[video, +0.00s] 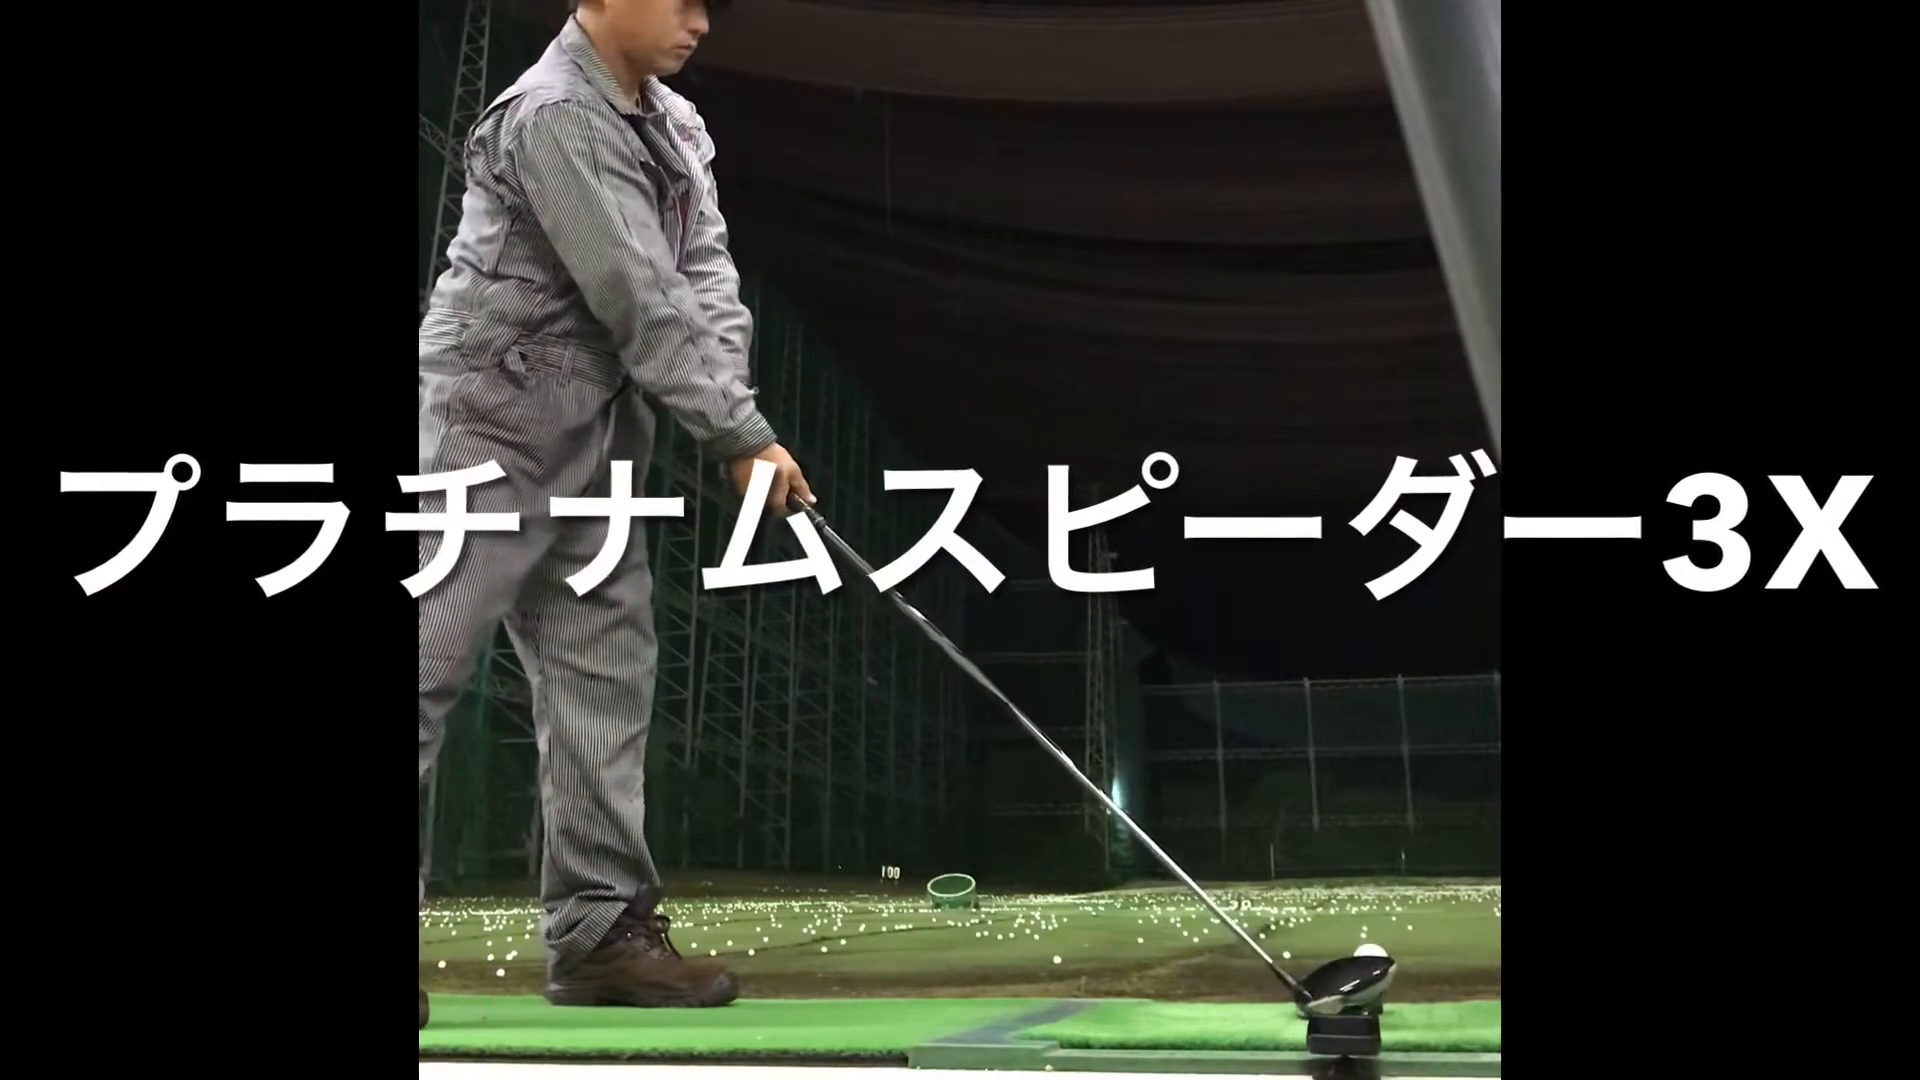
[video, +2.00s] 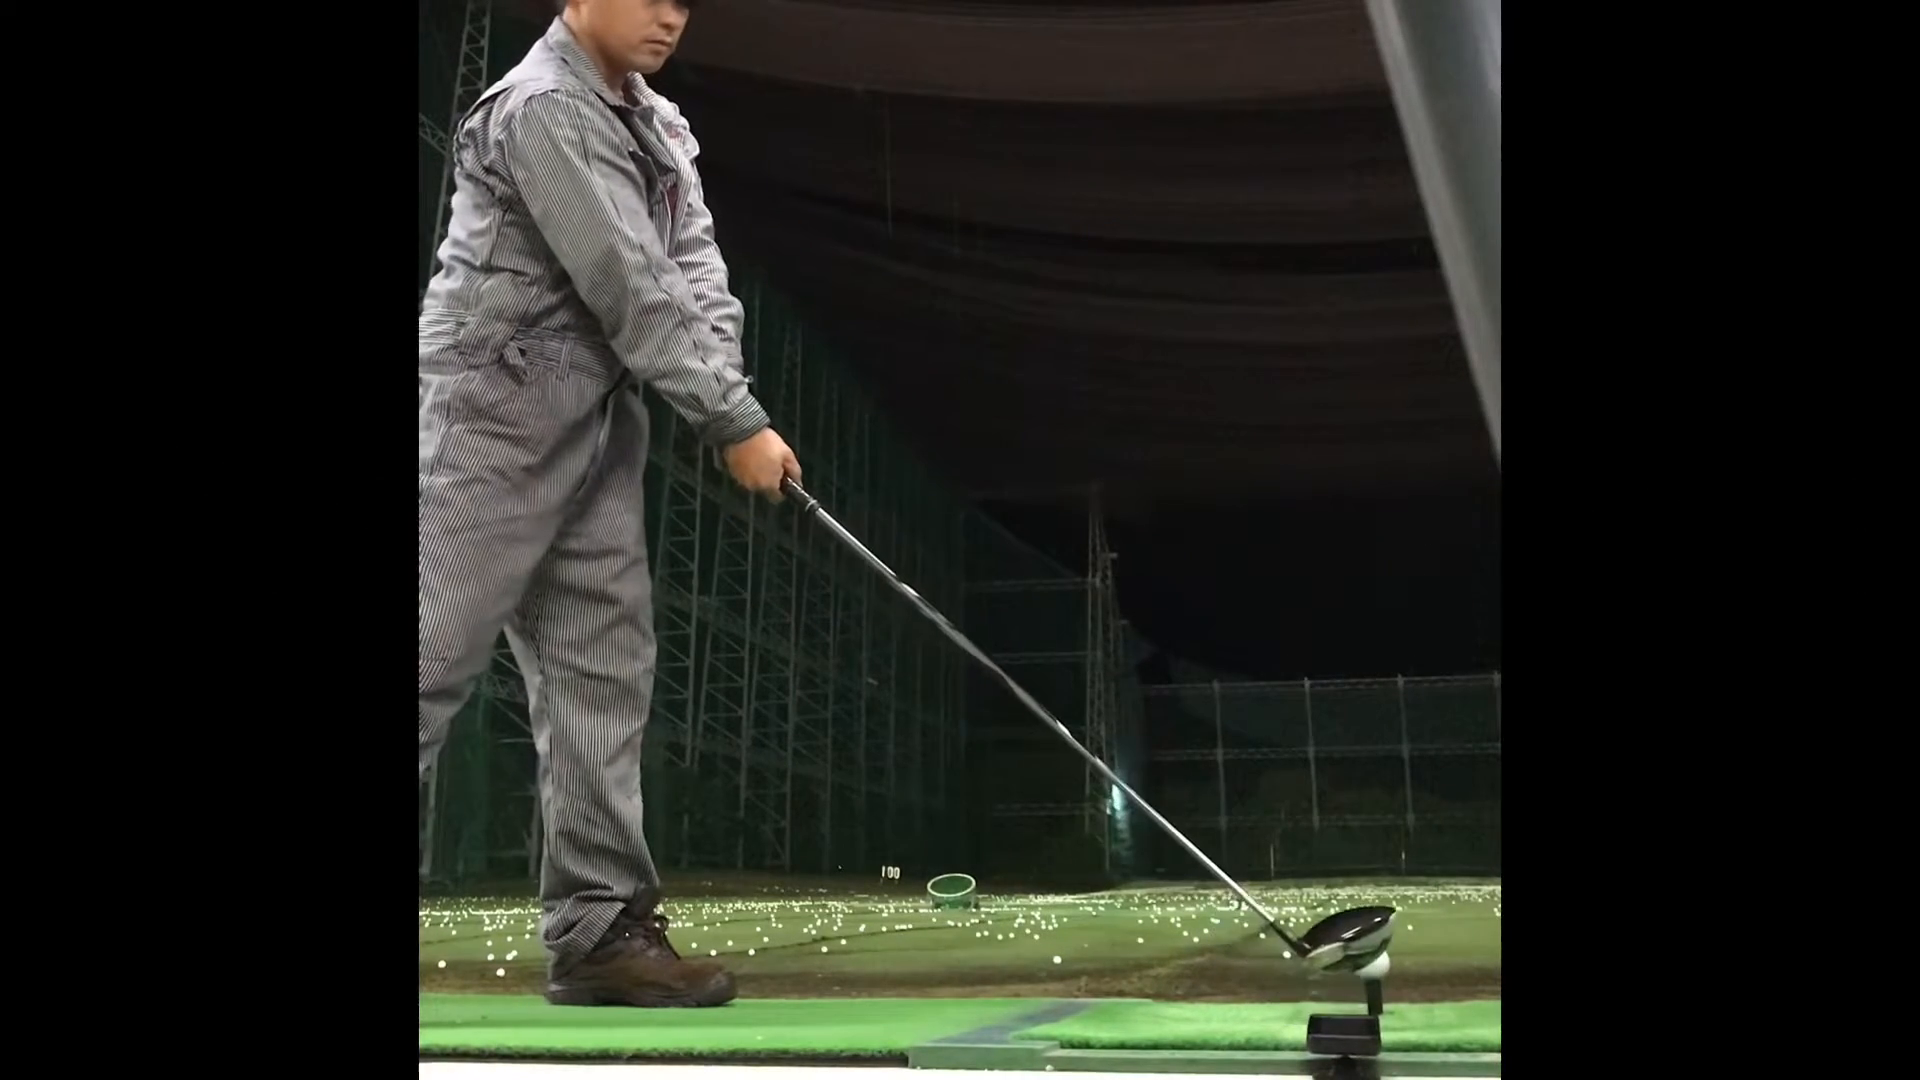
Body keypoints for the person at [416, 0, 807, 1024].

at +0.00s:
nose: (702, 20)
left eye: (704, 4)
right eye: (683, 0)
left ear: (670, 16)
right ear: (605, 2)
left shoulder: (676, 121)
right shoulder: (554, 113)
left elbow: (708, 277)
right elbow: (637, 295)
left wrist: (730, 419)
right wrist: (743, 434)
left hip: (591, 448)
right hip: (480, 436)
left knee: (602, 682)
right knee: (430, 683)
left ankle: (598, 935)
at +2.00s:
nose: (671, 19)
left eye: (679, 4)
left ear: (677, 18)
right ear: (581, 2)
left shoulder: (658, 120)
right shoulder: (543, 107)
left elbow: (698, 267)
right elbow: (627, 284)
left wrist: (724, 401)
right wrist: (732, 422)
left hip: (591, 434)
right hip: (484, 426)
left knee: (601, 667)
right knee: (434, 672)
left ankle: (599, 934)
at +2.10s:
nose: (668, 21)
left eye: (678, 7)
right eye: (648, 1)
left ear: (674, 22)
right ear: (580, 2)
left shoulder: (655, 119)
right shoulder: (539, 107)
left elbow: (695, 265)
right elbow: (625, 285)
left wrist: (723, 399)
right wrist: (731, 422)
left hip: (592, 430)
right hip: (484, 423)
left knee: (601, 667)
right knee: (433, 672)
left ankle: (598, 935)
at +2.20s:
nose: (668, 21)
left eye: (677, 8)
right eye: (648, 1)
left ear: (673, 21)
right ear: (580, 3)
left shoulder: (654, 120)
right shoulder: (537, 106)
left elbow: (693, 265)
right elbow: (622, 283)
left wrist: (719, 397)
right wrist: (728, 422)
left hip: (590, 429)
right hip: (483, 421)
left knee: (600, 666)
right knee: (433, 669)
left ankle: (597, 934)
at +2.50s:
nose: (669, 26)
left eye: (679, 11)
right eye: (650, 4)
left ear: (681, 25)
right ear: (581, 4)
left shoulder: (657, 130)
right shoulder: (539, 110)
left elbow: (690, 270)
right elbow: (620, 286)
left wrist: (720, 407)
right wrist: (726, 426)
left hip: (585, 438)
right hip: (474, 426)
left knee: (595, 671)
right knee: (428, 670)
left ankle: (597, 935)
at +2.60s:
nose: (670, 27)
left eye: (680, 13)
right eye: (651, 5)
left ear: (681, 27)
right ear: (583, 5)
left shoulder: (660, 133)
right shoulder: (538, 111)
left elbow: (692, 274)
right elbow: (621, 288)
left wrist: (718, 407)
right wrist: (727, 426)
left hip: (585, 445)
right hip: (474, 431)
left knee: (596, 670)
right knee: (430, 670)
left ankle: (596, 935)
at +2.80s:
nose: (671, 29)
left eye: (683, 15)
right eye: (654, 5)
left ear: (683, 29)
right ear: (586, 4)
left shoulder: (661, 128)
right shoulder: (536, 109)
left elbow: (694, 269)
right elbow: (615, 284)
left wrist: (716, 404)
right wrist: (725, 425)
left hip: (589, 443)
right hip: (474, 430)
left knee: (601, 672)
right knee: (430, 670)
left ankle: (598, 935)